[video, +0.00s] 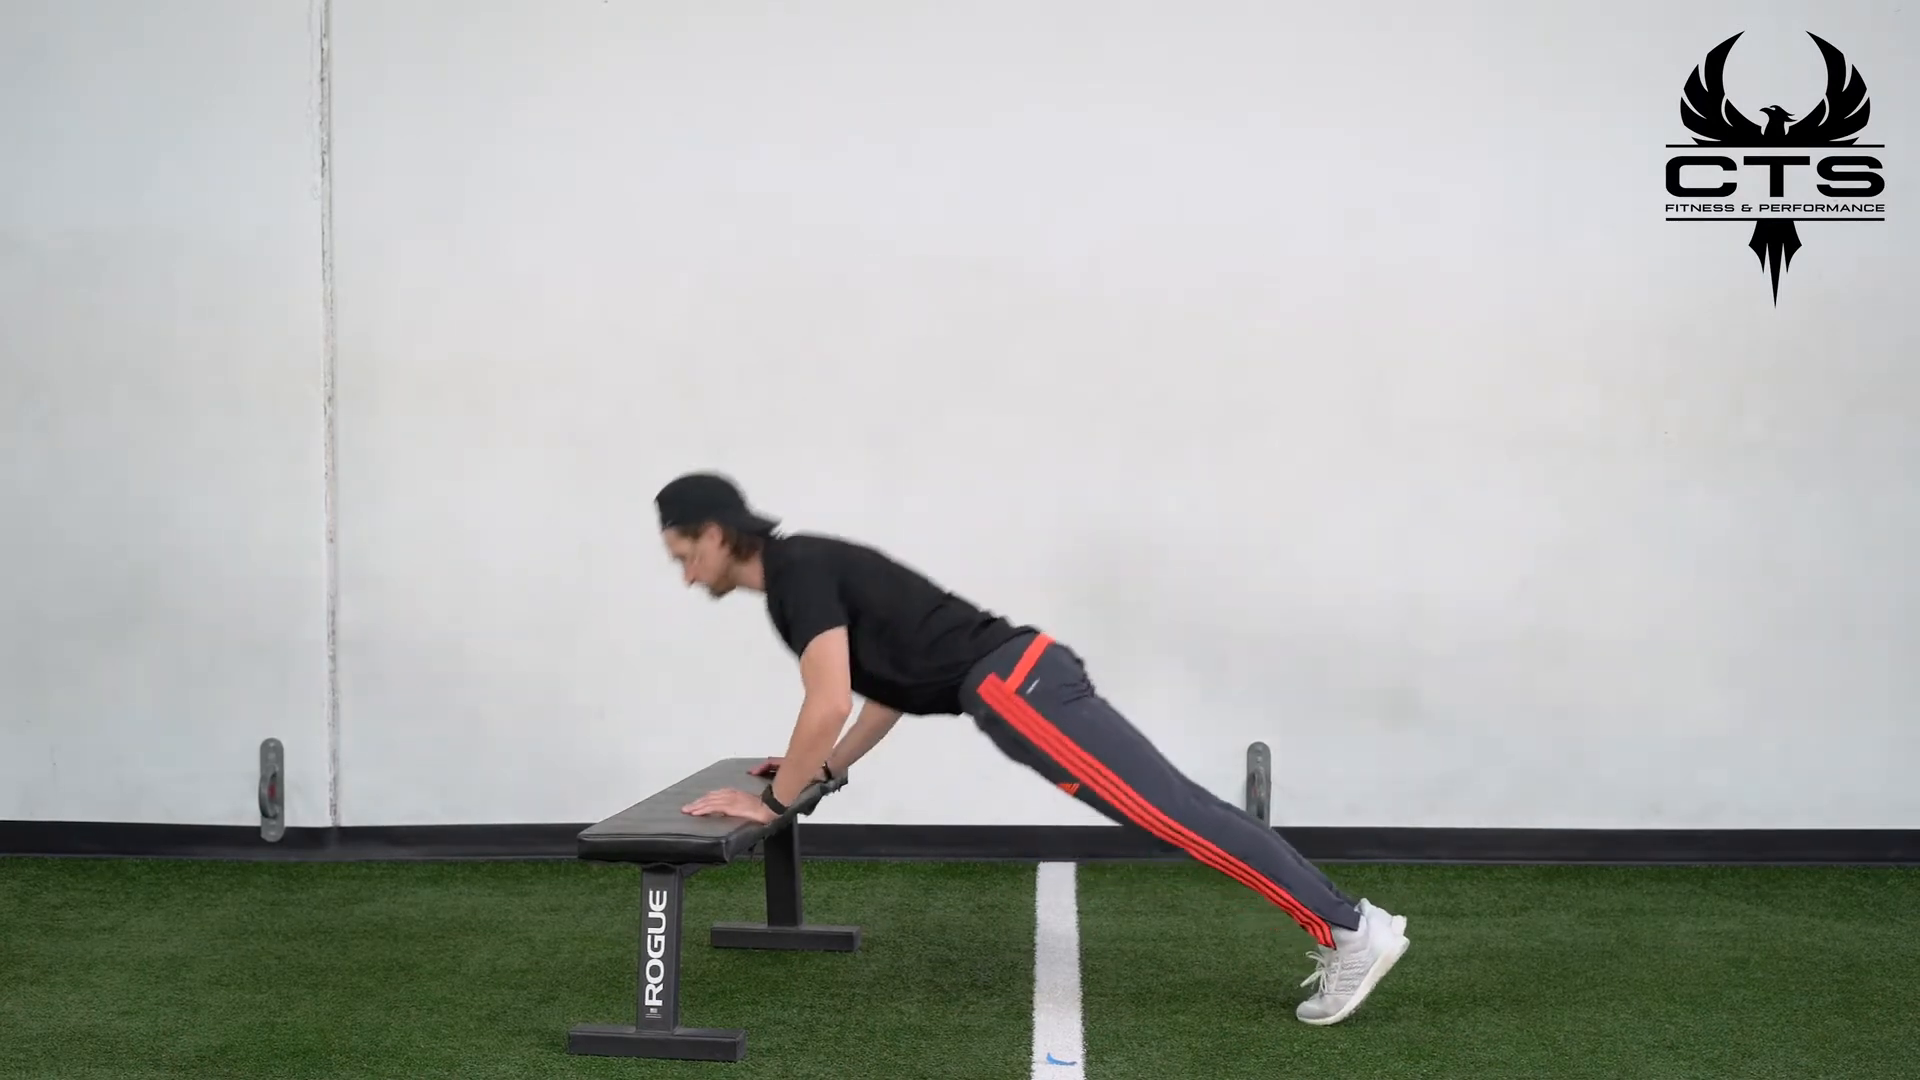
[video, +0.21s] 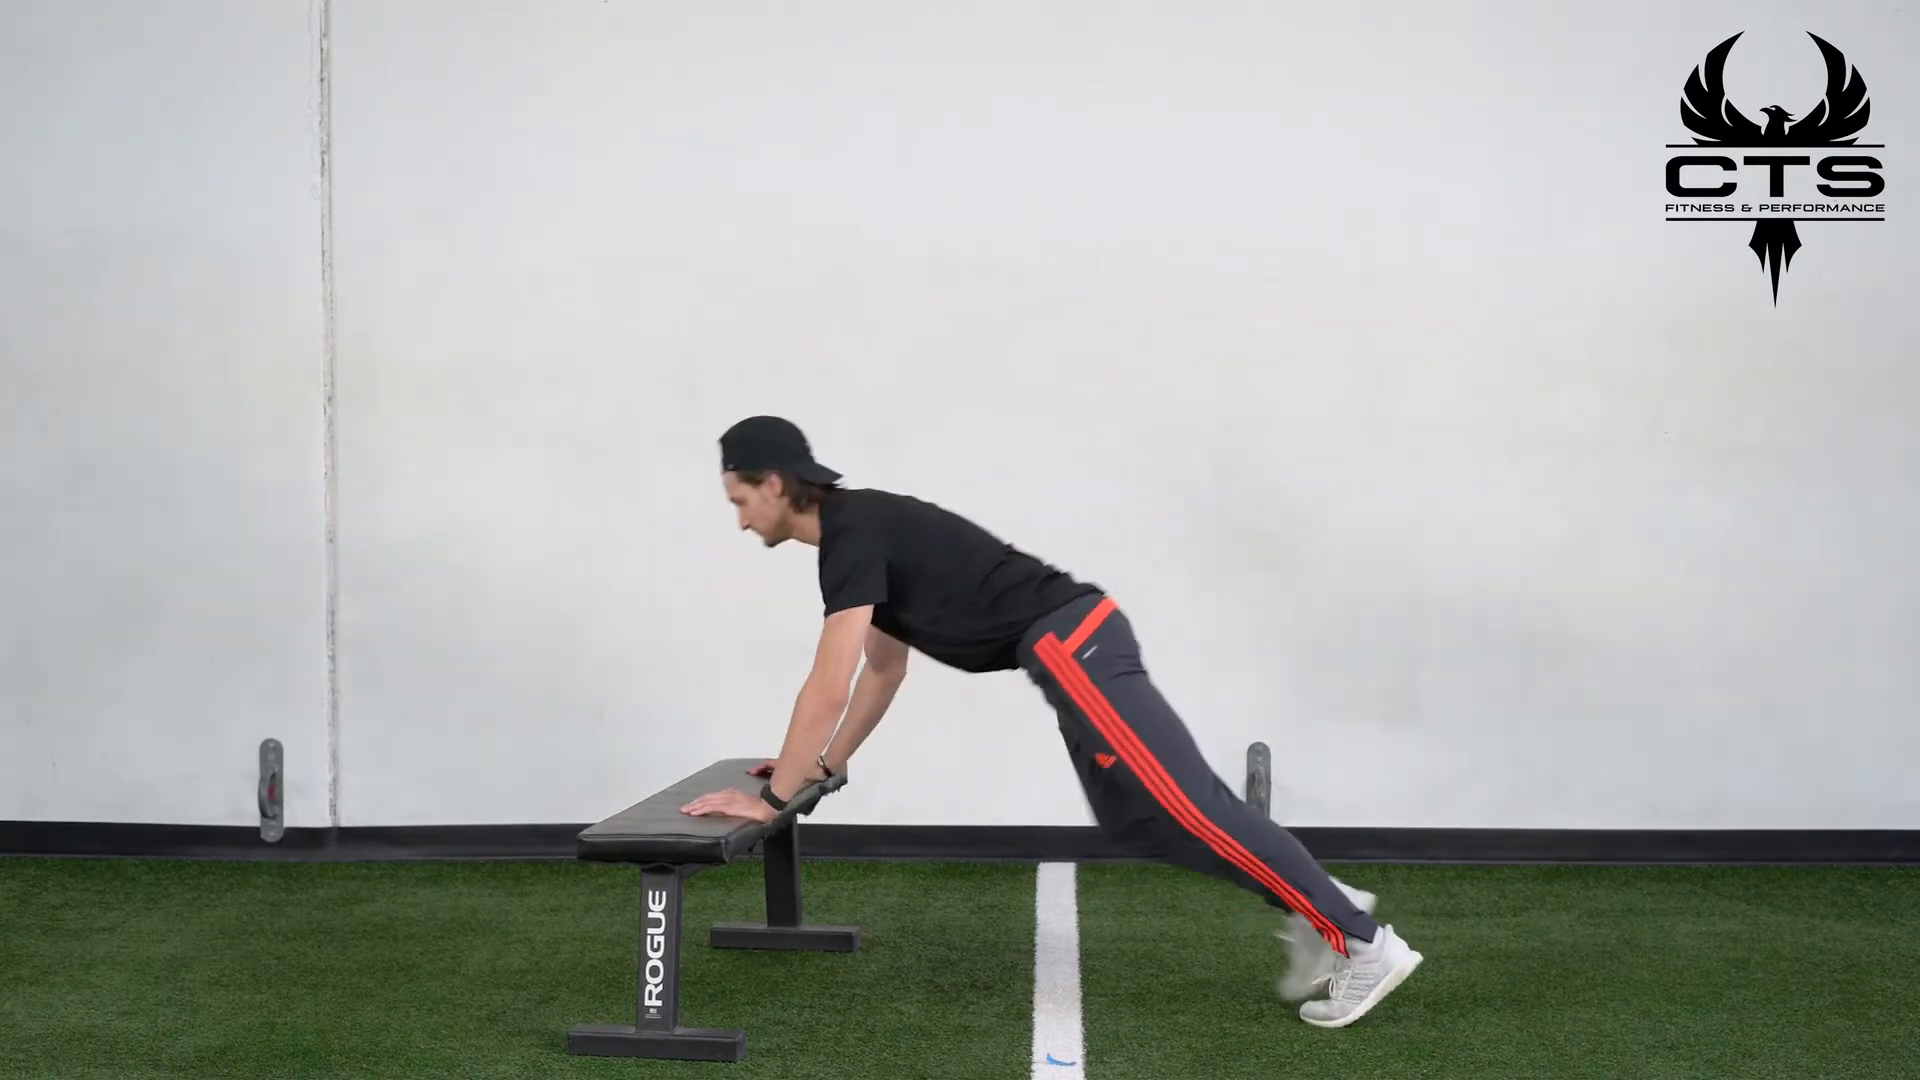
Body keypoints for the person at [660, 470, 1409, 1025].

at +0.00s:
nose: (679, 566)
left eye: (681, 549)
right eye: (673, 552)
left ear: (719, 534)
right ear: (728, 530)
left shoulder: (793, 570)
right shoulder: (812, 565)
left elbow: (828, 702)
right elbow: (891, 690)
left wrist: (772, 799)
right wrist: (828, 764)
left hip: (1015, 684)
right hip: (1018, 678)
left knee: (1172, 812)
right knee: (1174, 806)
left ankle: (1353, 932)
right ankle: (1346, 925)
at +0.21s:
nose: (736, 515)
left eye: (740, 498)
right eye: (733, 500)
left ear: (783, 484)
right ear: (785, 483)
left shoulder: (850, 534)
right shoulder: (861, 528)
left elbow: (829, 679)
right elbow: (881, 672)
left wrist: (771, 797)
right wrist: (825, 763)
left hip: (1072, 636)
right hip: (1061, 644)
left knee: (1185, 801)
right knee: (1131, 820)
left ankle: (1363, 941)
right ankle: (1314, 903)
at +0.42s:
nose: (781, 519)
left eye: (785, 503)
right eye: (779, 503)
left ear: (826, 498)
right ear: (843, 494)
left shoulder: (886, 550)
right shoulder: (915, 545)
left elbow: (845, 695)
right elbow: (891, 689)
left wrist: (770, 798)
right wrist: (815, 768)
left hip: (1124, 605)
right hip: (1096, 621)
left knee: (1227, 784)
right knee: (1025, 756)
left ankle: (1380, 950)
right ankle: (1126, 928)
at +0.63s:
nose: (829, 485)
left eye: (837, 468)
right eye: (829, 469)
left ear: (880, 465)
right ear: (884, 465)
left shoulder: (939, 521)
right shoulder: (942, 531)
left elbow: (868, 656)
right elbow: (893, 672)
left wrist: (771, 748)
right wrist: (810, 751)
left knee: (1144, 815)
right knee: (1056, 774)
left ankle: (1322, 920)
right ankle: (1120, 957)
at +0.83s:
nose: (857, 380)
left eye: (866, 365)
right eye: (859, 364)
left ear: (911, 370)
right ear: (917, 370)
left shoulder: (968, 440)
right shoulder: (967, 436)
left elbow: (971, 598)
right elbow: (971, 596)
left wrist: (908, 689)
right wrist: (909, 687)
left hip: (1159, 569)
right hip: (1149, 569)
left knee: (1083, 762)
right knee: (1083, 762)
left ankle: (1140, 958)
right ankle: (1128, 949)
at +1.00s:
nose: (897, 322)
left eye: (909, 309)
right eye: (902, 307)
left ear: (951, 322)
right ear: (955, 322)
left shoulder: (1000, 402)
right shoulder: (996, 400)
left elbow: (1013, 553)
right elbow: (1022, 565)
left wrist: (962, 667)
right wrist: (973, 670)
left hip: (1137, 591)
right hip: (1126, 589)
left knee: (1043, 780)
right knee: (1044, 777)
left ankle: (1119, 968)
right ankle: (1116, 960)